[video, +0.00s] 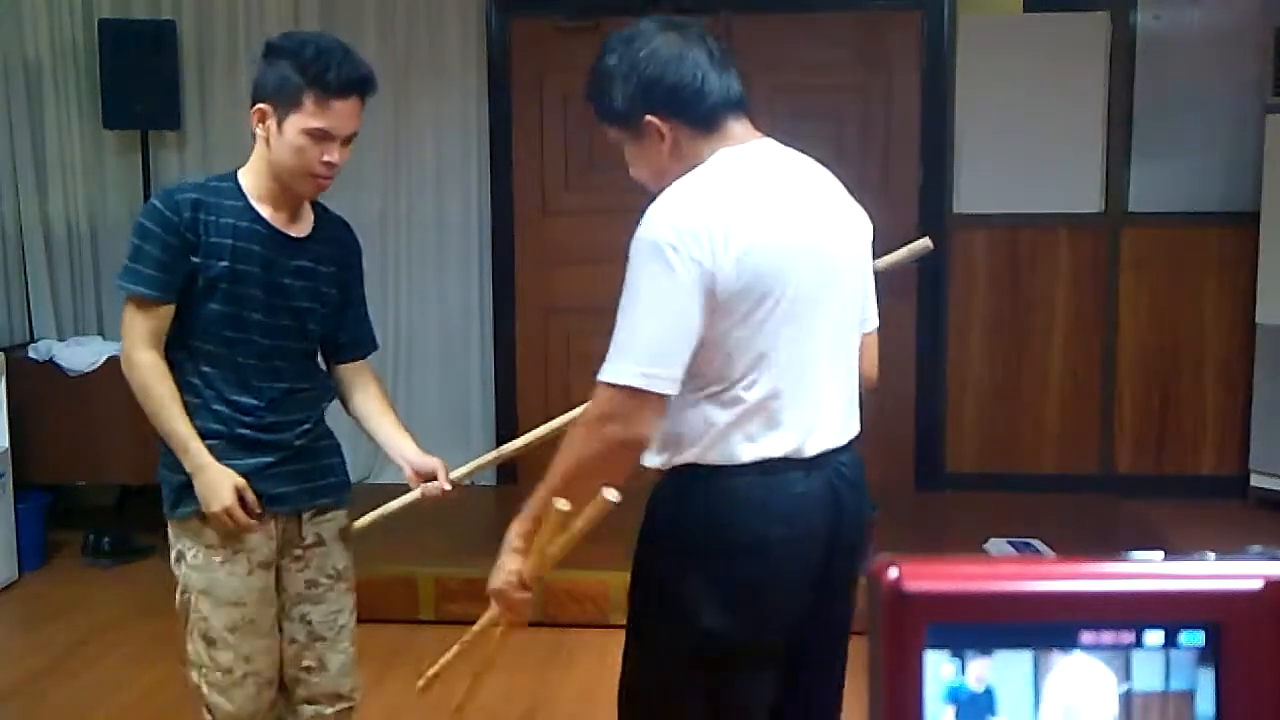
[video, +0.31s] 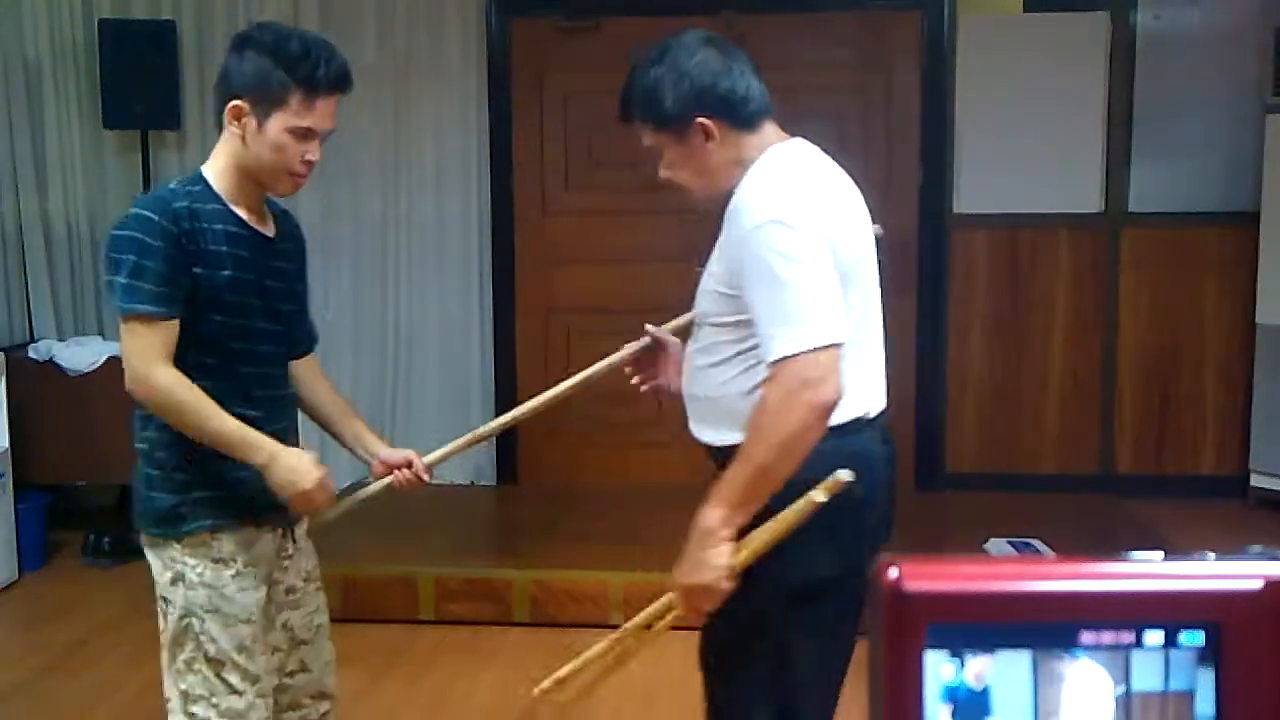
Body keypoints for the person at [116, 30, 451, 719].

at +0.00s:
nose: (334, 158)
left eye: (346, 141)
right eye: (318, 137)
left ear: (355, 133)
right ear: (263, 123)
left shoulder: (335, 238)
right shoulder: (182, 215)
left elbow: (351, 366)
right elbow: (139, 350)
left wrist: (406, 450)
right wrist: (202, 467)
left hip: (317, 500)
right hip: (220, 504)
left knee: (329, 699)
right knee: (241, 704)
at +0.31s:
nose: (315, 156)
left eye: (322, 137)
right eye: (301, 135)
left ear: (324, 127)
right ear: (239, 121)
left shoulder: (283, 231)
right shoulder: (161, 221)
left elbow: (298, 362)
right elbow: (146, 374)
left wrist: (373, 449)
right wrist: (275, 457)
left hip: (282, 511)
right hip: (199, 521)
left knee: (304, 699)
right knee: (224, 707)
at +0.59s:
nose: (259, 150)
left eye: (263, 132)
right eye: (248, 129)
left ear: (185, 120)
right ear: (183, 116)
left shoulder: (169, 221)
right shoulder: (135, 218)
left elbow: (196, 374)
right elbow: (185, 381)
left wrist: (281, 440)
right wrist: (323, 396)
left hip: (181, 528)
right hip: (157, 537)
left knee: (218, 698)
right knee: (206, 702)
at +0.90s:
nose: (174, 144)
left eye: (178, 125)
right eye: (168, 122)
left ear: (104, 110)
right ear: (108, 109)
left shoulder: (26, 215)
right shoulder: (101, 222)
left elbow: (67, 392)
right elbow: (204, 362)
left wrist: (177, 428)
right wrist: (291, 310)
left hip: (55, 526)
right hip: (128, 536)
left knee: (84, 699)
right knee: (172, 706)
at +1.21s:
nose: (81, 153)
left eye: (86, 134)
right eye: (72, 132)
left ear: (15, 126)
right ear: (12, 122)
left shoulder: (12, 222)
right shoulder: (8, 223)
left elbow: (5, 408)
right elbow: (85, 372)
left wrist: (74, 473)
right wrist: (160, 290)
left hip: (30, 533)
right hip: (32, 539)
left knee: (47, 701)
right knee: (75, 704)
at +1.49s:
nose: (25, 151)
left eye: (30, 132)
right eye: (19, 131)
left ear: (23, 122)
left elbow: (10, 361)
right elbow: (6, 367)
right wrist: (92, 279)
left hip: (13, 530)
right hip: (6, 534)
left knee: (28, 698)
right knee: (22, 702)